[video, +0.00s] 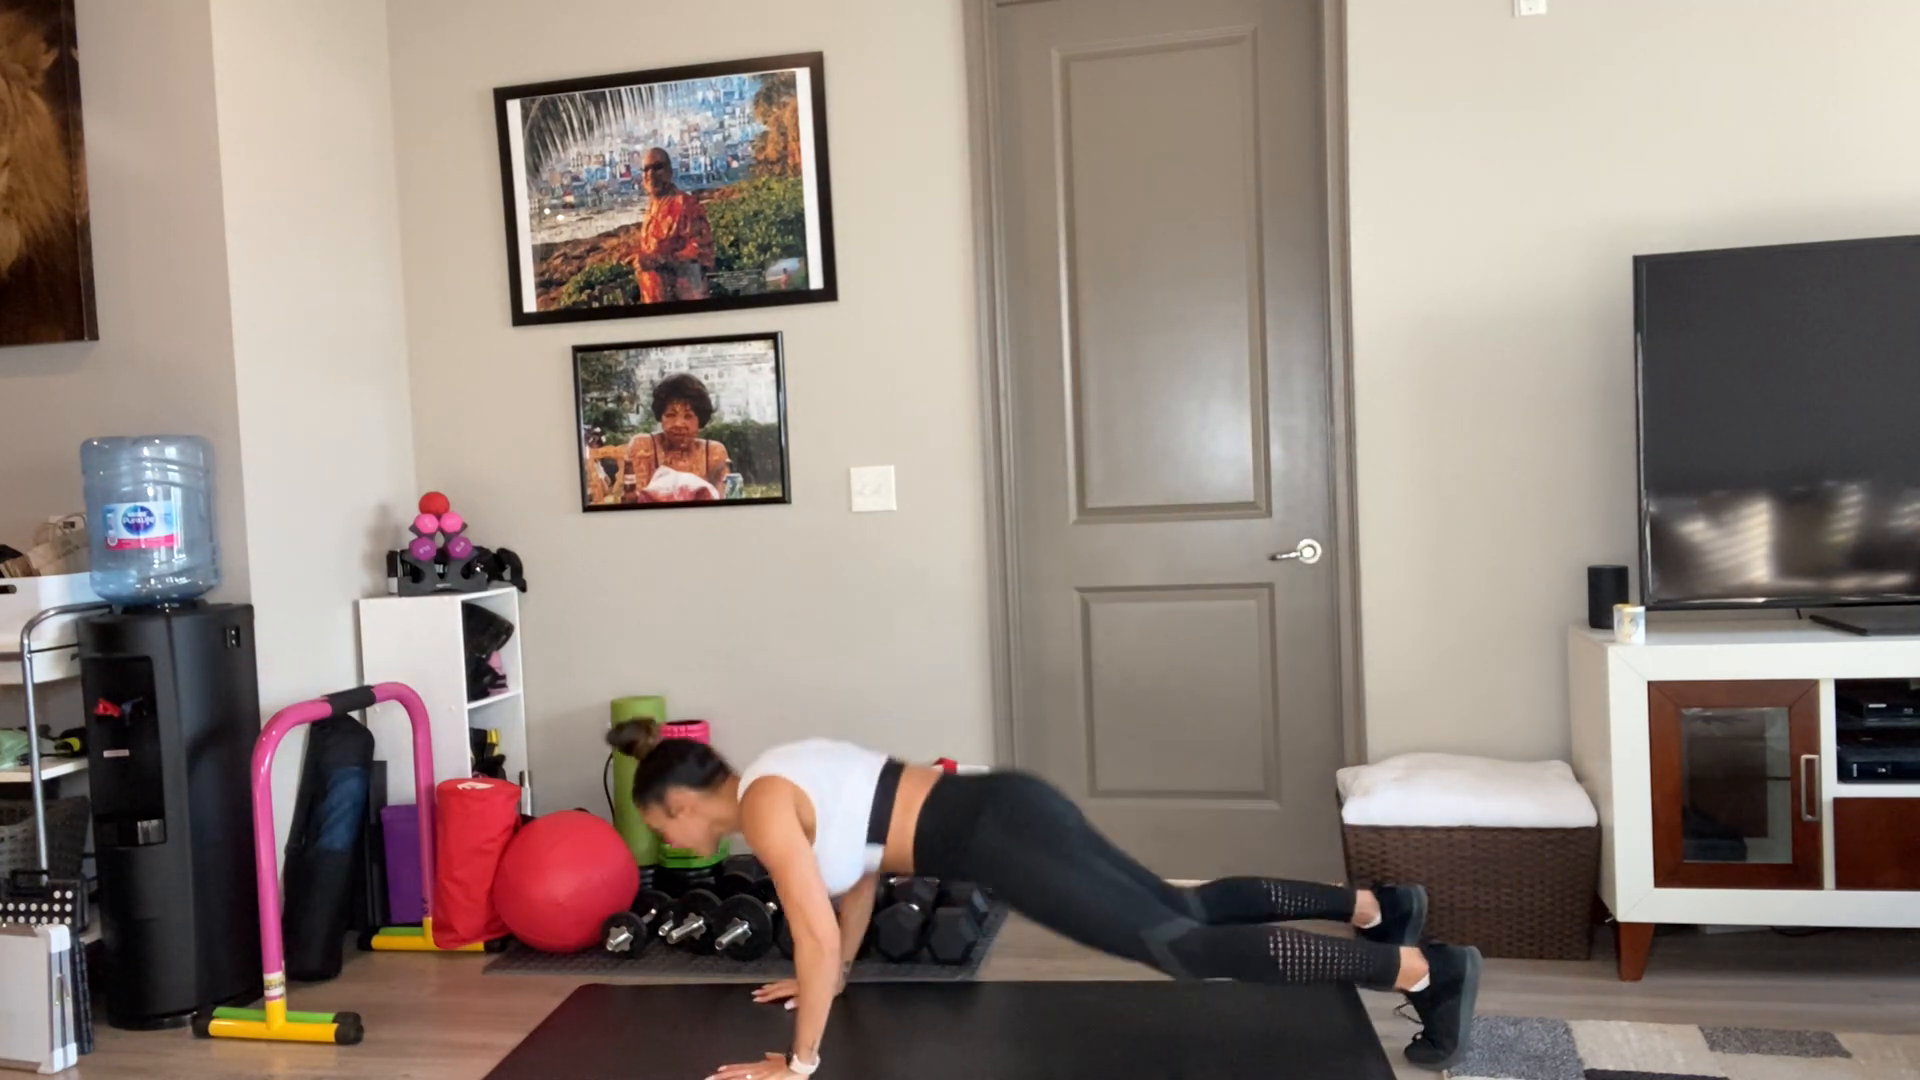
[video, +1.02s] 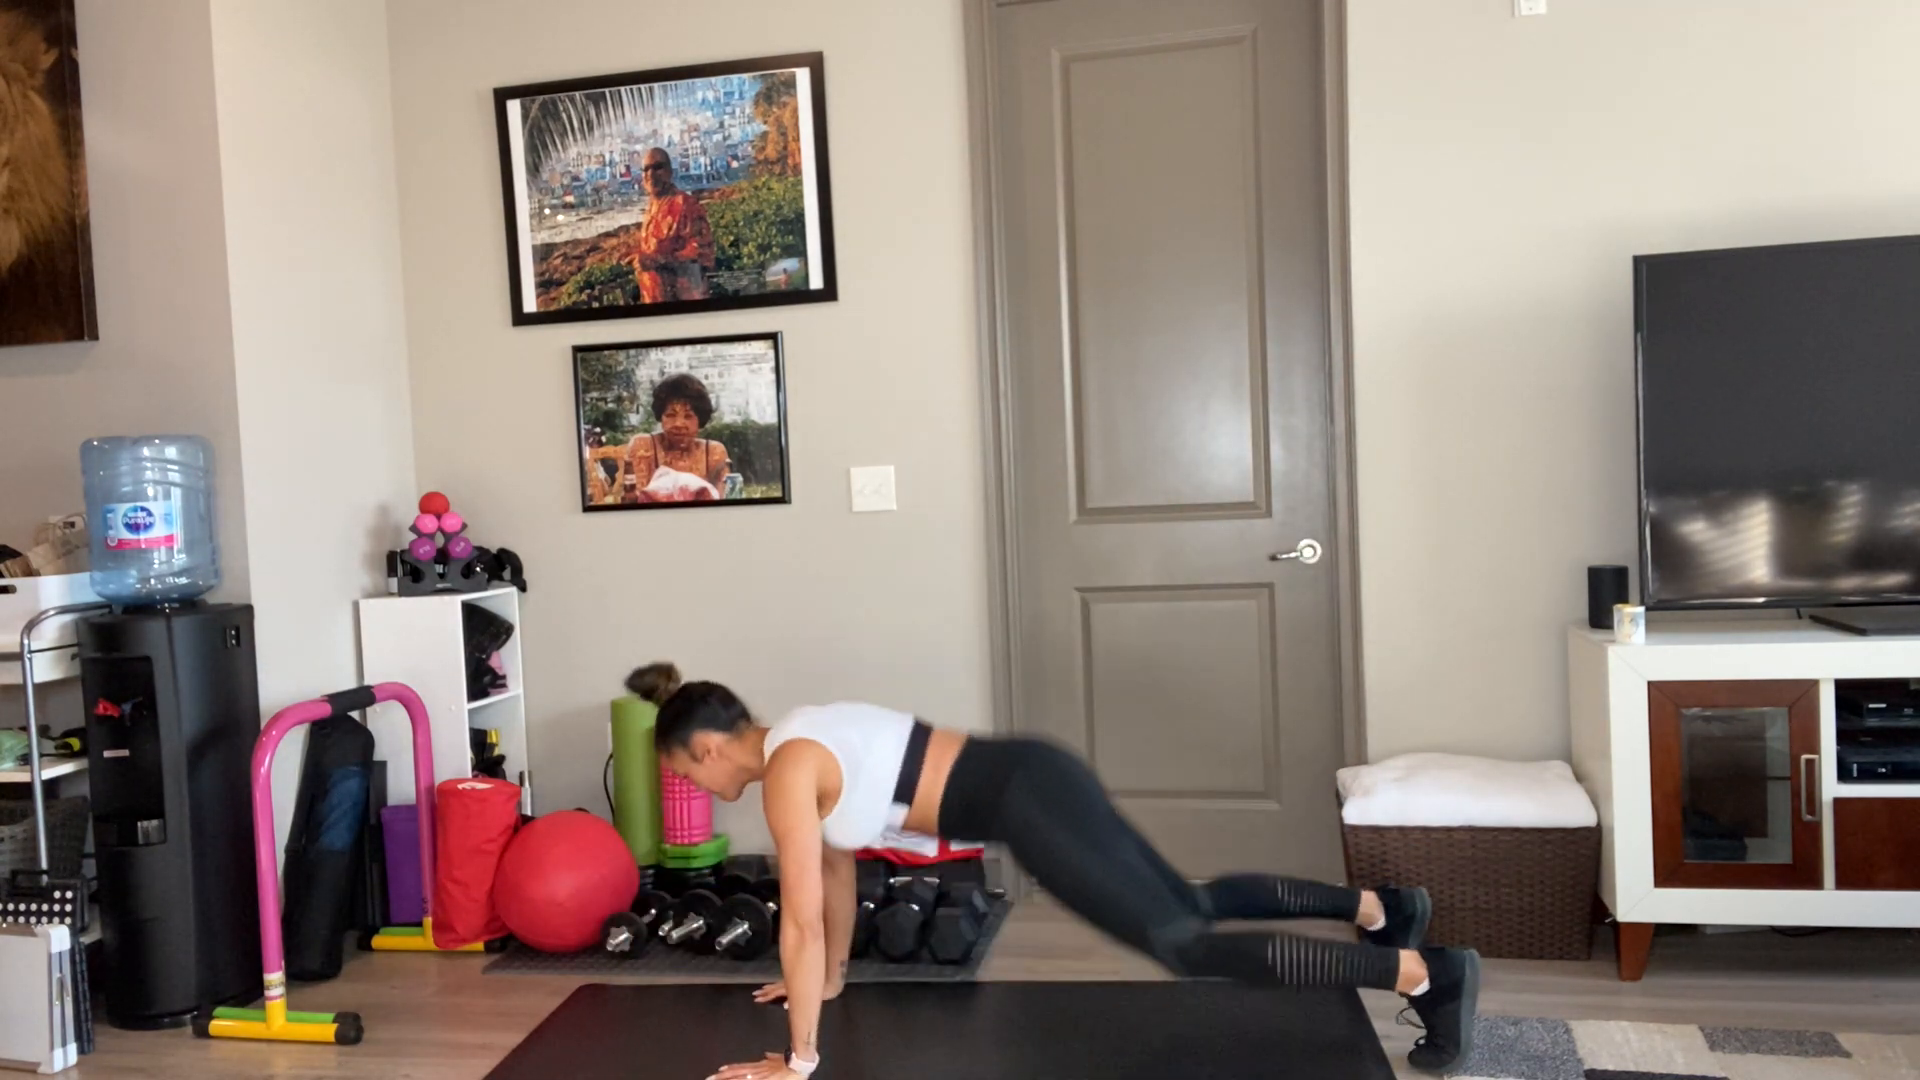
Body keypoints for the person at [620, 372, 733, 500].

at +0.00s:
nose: (679, 424)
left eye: (688, 416)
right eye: (671, 415)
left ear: (701, 420)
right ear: (660, 418)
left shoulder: (715, 451)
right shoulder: (642, 446)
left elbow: (719, 501)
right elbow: (638, 499)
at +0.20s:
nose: (679, 424)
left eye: (688, 416)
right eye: (670, 415)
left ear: (701, 420)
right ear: (660, 418)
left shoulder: (715, 451)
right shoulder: (641, 446)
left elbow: (719, 500)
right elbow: (636, 499)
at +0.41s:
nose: (679, 424)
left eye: (688, 416)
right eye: (671, 415)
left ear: (701, 420)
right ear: (660, 418)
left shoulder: (715, 451)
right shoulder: (641, 446)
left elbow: (720, 500)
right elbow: (636, 499)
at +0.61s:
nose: (679, 424)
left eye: (688, 416)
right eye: (670, 415)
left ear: (701, 420)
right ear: (660, 418)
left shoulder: (715, 451)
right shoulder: (641, 446)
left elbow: (721, 500)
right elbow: (634, 499)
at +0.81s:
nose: (679, 424)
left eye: (688, 416)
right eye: (671, 415)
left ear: (701, 420)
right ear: (660, 418)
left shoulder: (715, 451)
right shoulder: (641, 446)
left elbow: (720, 501)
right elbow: (638, 499)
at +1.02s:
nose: (679, 424)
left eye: (688, 416)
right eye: (670, 415)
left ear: (701, 420)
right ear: (660, 418)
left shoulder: (715, 451)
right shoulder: (641, 446)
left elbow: (719, 501)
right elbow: (638, 499)